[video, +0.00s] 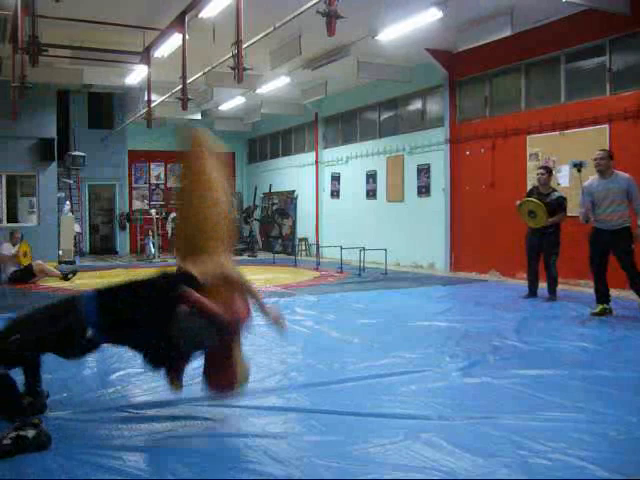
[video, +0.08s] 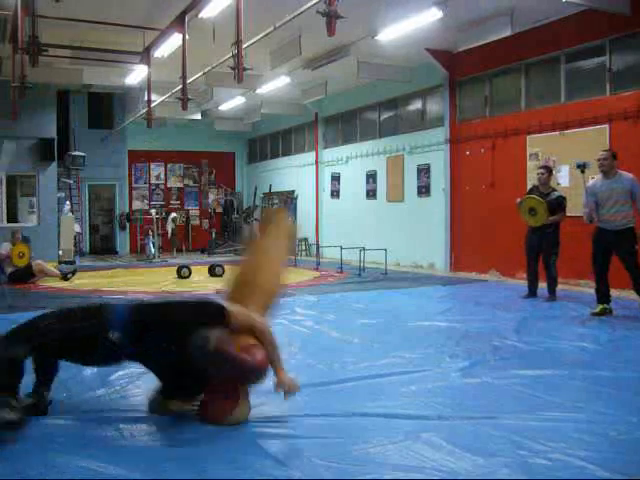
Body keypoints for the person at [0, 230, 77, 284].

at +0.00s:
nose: (18, 240)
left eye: (19, 238)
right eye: (16, 238)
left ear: (20, 239)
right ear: (11, 238)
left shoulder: (19, 247)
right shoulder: (6, 246)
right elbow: (4, 259)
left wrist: (25, 255)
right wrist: (16, 256)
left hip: (20, 272)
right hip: (11, 275)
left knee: (43, 269)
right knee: (39, 265)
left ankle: (63, 275)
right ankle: (62, 275)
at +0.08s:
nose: (19, 240)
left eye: (20, 237)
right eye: (17, 238)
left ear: (21, 237)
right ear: (12, 238)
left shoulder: (19, 247)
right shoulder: (7, 246)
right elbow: (3, 257)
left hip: (20, 273)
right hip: (12, 275)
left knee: (43, 269)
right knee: (38, 265)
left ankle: (63, 274)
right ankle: (62, 275)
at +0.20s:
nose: (19, 238)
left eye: (20, 236)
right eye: (17, 236)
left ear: (21, 237)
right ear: (12, 237)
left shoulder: (23, 247)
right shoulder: (6, 247)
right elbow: (2, 259)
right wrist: (5, 255)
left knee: (44, 268)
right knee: (38, 265)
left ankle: (63, 274)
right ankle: (62, 275)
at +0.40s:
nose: (19, 239)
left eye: (20, 237)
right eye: (17, 237)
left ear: (19, 238)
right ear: (11, 238)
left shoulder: (20, 248)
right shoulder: (6, 247)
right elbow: (2, 259)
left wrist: (26, 257)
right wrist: (13, 258)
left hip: (22, 274)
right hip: (13, 275)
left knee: (45, 270)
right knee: (38, 264)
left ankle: (63, 275)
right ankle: (62, 275)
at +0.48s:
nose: (19, 240)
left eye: (19, 238)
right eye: (17, 238)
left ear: (13, 238)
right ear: (13, 238)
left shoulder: (12, 247)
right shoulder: (8, 246)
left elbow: (11, 261)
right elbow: (8, 261)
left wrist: (22, 258)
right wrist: (21, 257)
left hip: (18, 275)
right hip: (14, 276)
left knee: (41, 267)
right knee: (38, 265)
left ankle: (63, 274)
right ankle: (62, 275)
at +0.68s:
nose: (20, 240)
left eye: (19, 238)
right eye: (20, 238)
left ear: (10, 237)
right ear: (19, 238)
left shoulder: (3, 246)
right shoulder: (19, 247)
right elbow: (26, 261)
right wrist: (30, 254)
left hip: (10, 277)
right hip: (18, 276)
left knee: (43, 270)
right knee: (39, 265)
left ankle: (63, 275)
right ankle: (63, 276)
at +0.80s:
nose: (22, 241)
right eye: (21, 239)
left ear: (12, 238)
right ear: (21, 239)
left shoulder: (4, 246)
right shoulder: (21, 247)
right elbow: (27, 262)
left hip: (10, 277)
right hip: (19, 276)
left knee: (40, 267)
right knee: (40, 266)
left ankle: (63, 275)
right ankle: (63, 275)